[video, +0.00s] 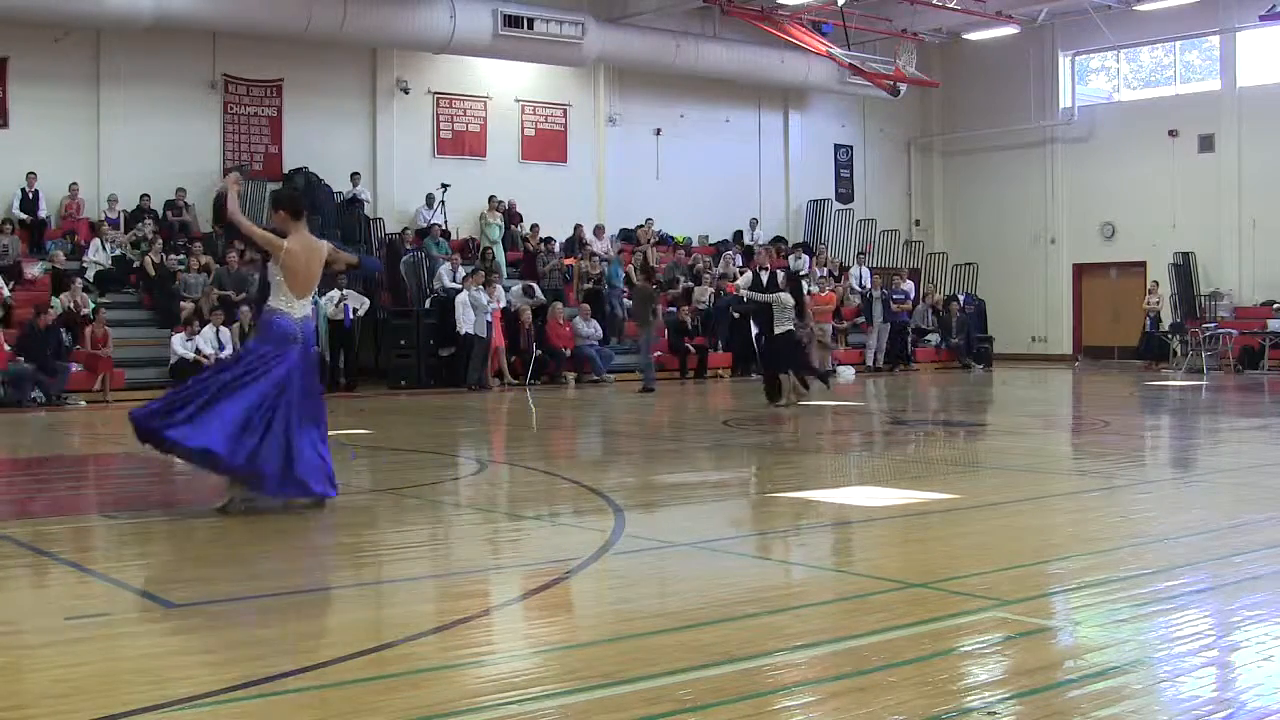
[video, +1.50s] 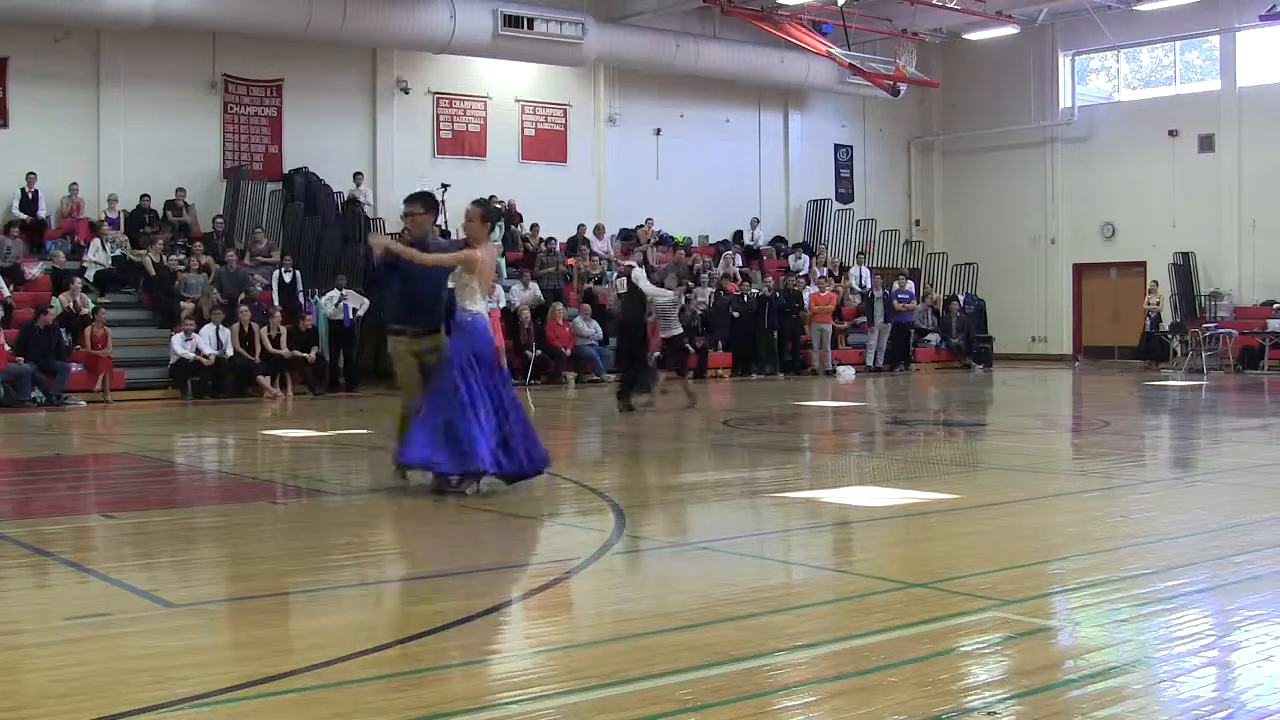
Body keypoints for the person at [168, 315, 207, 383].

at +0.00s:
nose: (199, 329)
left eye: (199, 326)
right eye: (196, 327)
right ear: (188, 328)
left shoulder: (197, 338)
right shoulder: (176, 338)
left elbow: (203, 347)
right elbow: (180, 352)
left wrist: (211, 354)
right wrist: (199, 358)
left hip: (192, 363)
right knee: (183, 361)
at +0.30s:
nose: (199, 328)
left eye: (198, 326)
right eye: (196, 326)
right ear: (188, 328)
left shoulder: (197, 337)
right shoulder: (176, 338)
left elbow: (203, 348)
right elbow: (179, 351)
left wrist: (211, 354)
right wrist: (198, 358)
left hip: (191, 363)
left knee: (206, 365)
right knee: (183, 361)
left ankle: (202, 392)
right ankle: (184, 393)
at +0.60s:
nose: (199, 329)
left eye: (198, 326)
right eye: (196, 326)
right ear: (188, 328)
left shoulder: (197, 337)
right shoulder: (176, 338)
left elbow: (203, 348)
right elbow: (179, 351)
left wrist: (211, 354)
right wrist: (199, 358)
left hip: (192, 363)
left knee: (207, 365)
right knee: (183, 362)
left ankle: (203, 392)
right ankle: (184, 393)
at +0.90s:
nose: (198, 329)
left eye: (198, 326)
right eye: (196, 326)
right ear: (188, 328)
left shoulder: (197, 338)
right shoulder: (176, 338)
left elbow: (203, 348)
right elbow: (179, 351)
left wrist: (210, 355)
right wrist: (199, 358)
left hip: (192, 363)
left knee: (206, 364)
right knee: (183, 361)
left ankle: (203, 392)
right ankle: (184, 393)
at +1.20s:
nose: (190, 328)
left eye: (192, 326)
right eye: (188, 325)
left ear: (195, 328)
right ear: (183, 327)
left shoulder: (197, 338)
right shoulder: (176, 338)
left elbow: (203, 347)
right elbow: (180, 351)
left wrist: (210, 355)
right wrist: (199, 358)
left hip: (192, 363)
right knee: (183, 361)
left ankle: (203, 392)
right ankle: (184, 393)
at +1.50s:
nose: (188, 327)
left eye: (191, 325)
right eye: (186, 325)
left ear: (195, 327)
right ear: (183, 326)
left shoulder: (196, 337)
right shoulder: (176, 338)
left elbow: (204, 347)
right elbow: (179, 351)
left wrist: (211, 355)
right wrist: (199, 358)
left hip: (192, 363)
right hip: (177, 364)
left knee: (206, 363)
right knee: (183, 361)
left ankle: (201, 391)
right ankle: (184, 392)